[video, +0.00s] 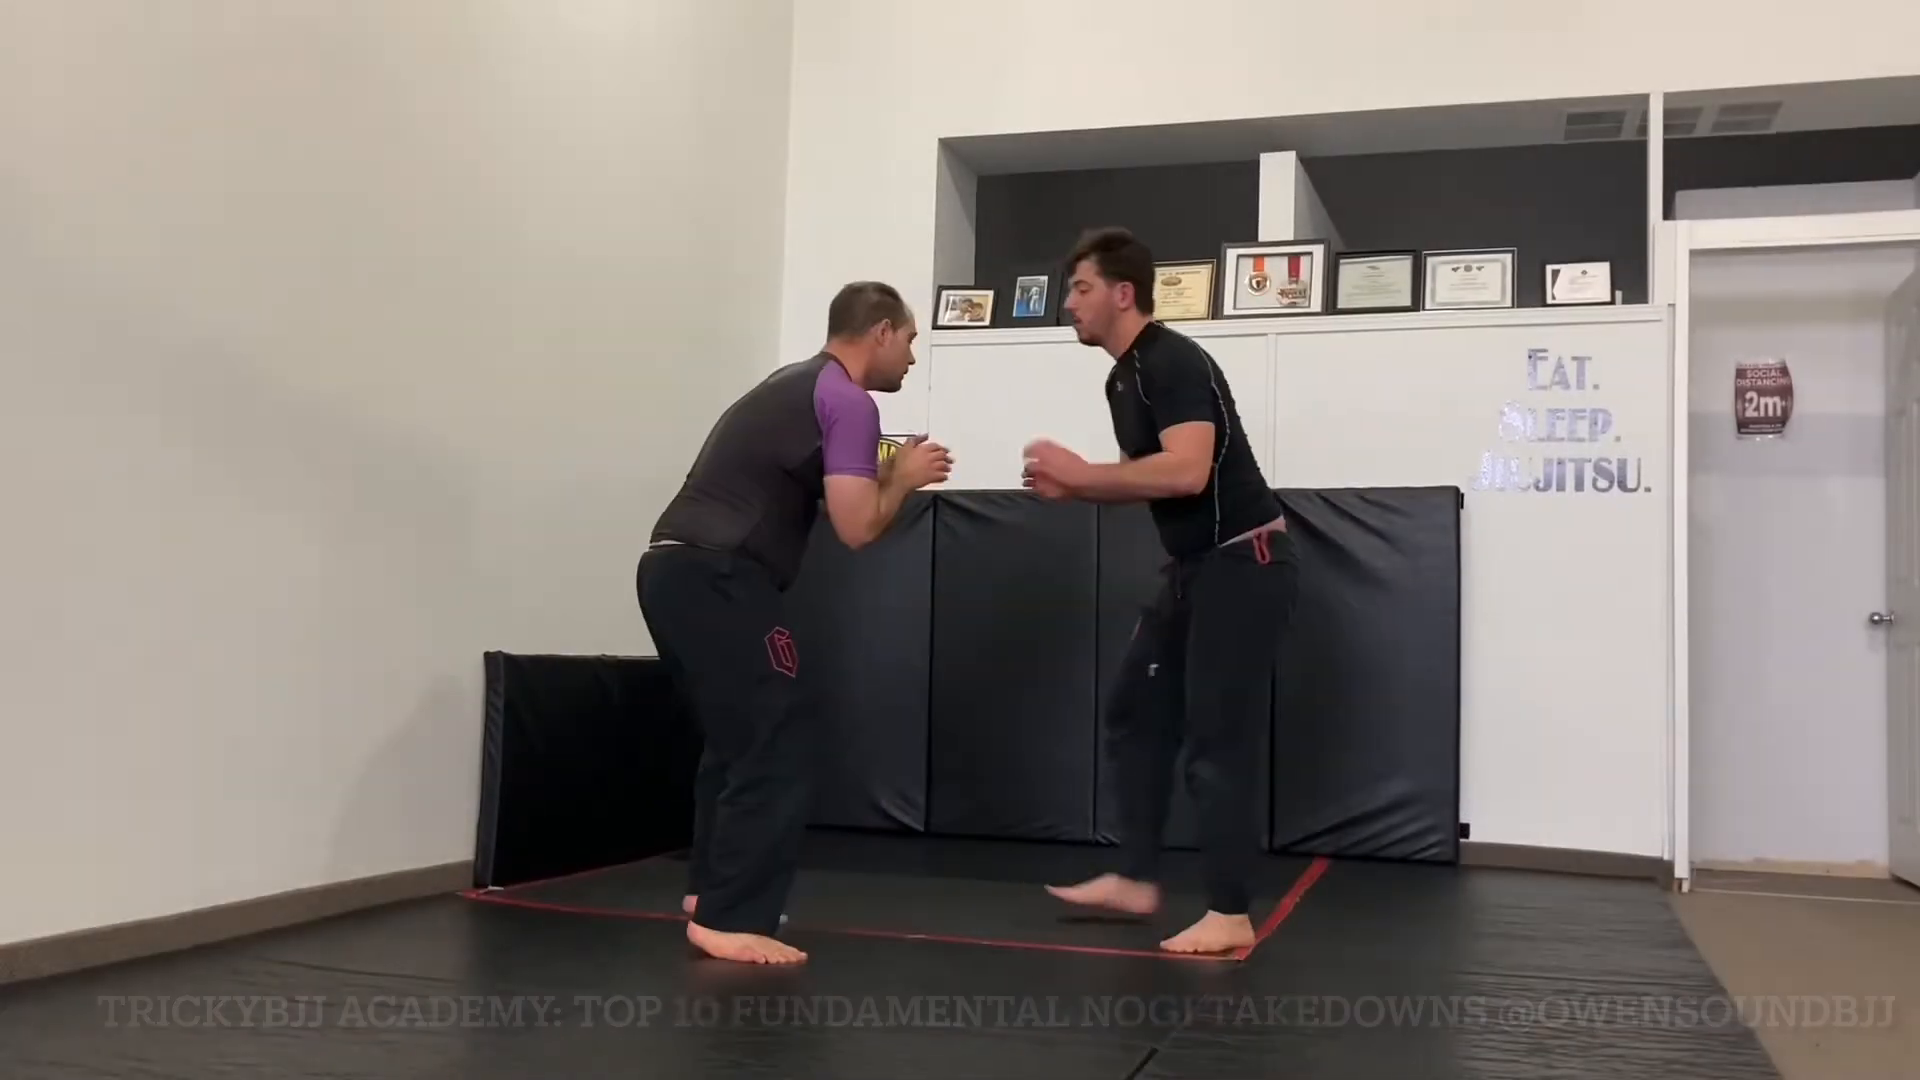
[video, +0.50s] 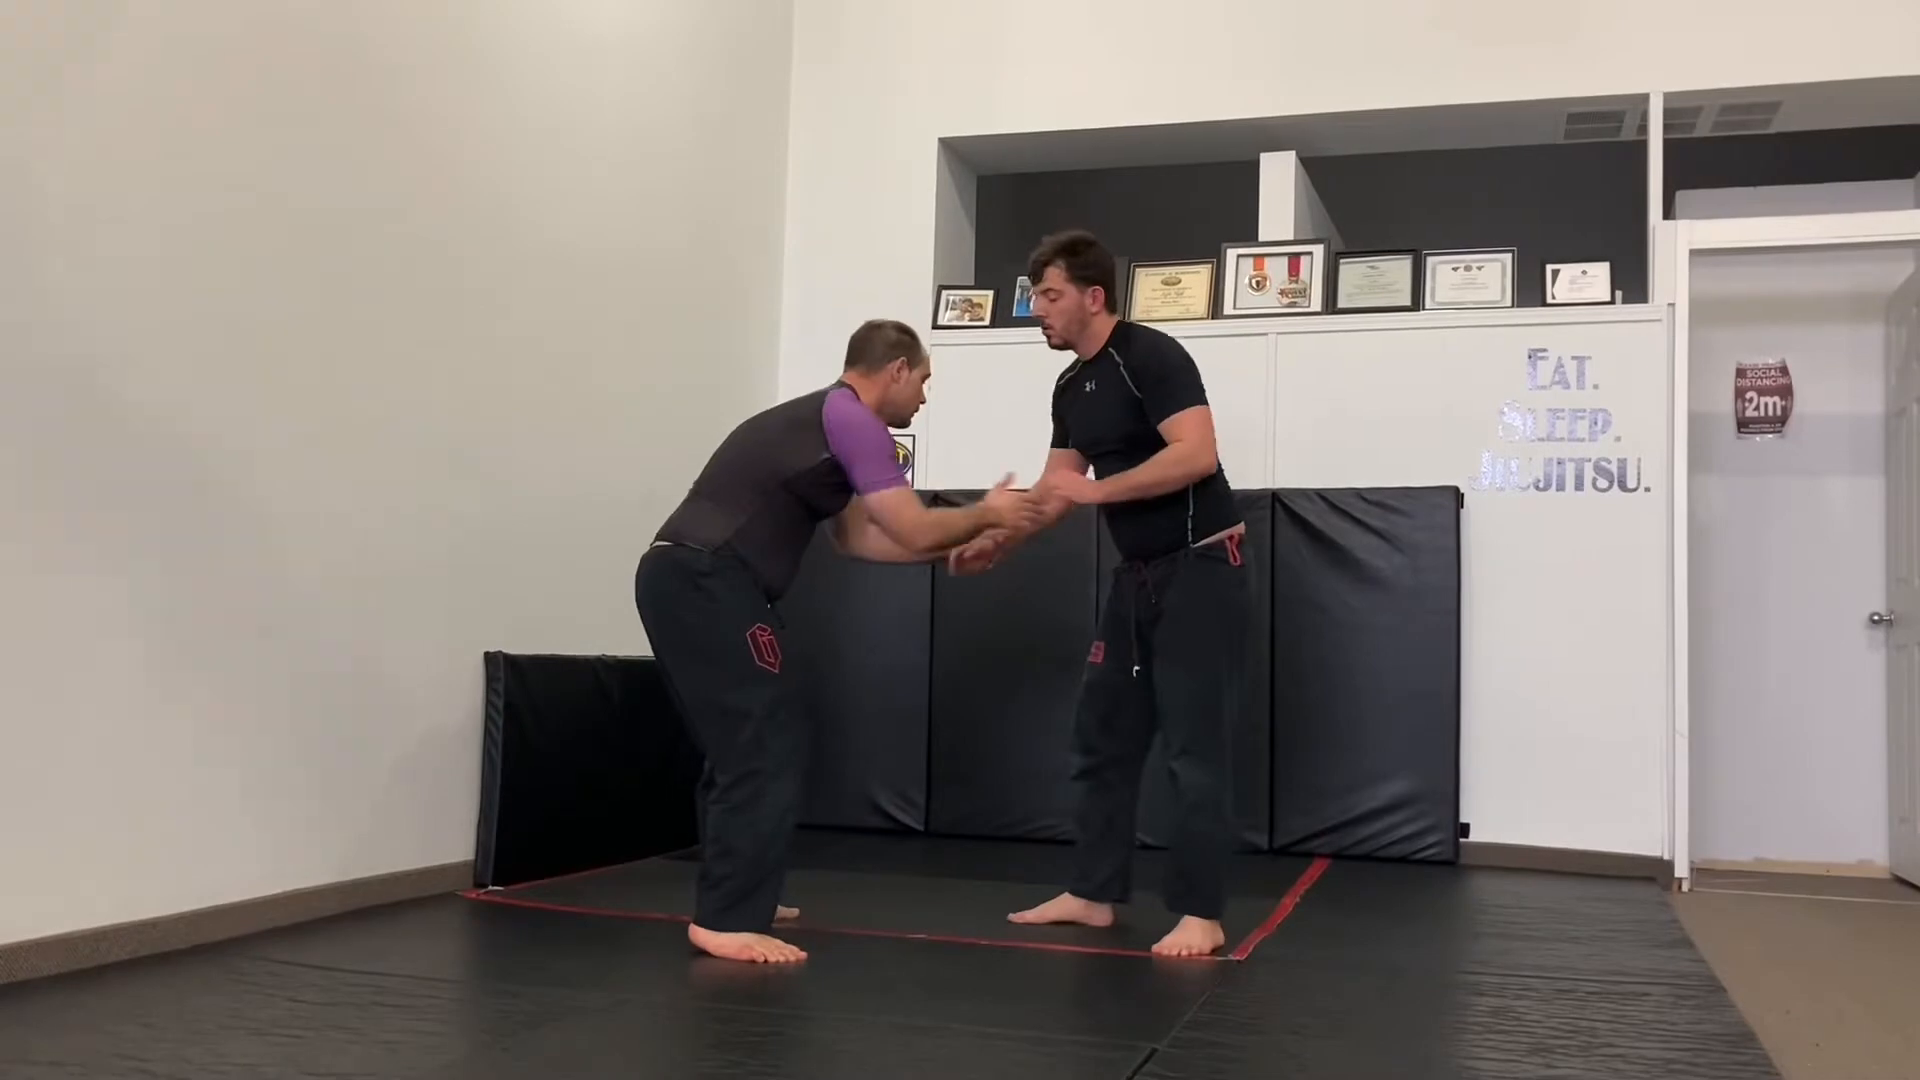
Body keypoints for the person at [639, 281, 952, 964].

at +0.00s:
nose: (913, 359)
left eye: (914, 344)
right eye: (911, 343)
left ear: (851, 332)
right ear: (883, 334)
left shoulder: (800, 382)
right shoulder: (845, 399)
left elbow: (827, 507)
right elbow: (859, 528)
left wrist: (888, 473)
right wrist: (904, 483)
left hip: (671, 569)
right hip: (715, 576)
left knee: (733, 736)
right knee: (773, 736)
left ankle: (712, 895)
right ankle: (735, 922)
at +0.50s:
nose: (922, 397)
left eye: (924, 384)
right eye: (921, 382)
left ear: (863, 371)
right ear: (895, 372)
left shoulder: (821, 417)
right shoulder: (853, 419)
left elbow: (860, 537)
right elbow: (916, 527)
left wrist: (953, 544)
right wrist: (987, 512)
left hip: (683, 575)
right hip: (706, 581)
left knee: (743, 742)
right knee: (766, 740)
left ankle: (739, 894)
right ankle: (726, 917)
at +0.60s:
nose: (922, 404)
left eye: (924, 390)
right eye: (920, 388)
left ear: (865, 381)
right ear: (892, 379)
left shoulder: (821, 432)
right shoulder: (859, 423)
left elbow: (849, 551)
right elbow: (949, 513)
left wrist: (941, 562)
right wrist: (1030, 503)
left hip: (683, 575)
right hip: (703, 580)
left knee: (743, 743)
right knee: (760, 743)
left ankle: (736, 896)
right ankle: (725, 917)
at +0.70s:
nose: (925, 412)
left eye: (926, 398)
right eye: (922, 396)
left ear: (867, 387)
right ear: (894, 386)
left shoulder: (821, 440)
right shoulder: (866, 426)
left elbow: (834, 556)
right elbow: (963, 502)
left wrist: (925, 570)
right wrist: (1048, 496)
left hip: (680, 576)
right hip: (705, 580)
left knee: (742, 740)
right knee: (771, 738)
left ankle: (734, 893)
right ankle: (730, 907)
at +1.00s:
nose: (965, 441)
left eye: (967, 427)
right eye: (965, 423)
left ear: (907, 404)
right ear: (941, 405)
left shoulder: (851, 444)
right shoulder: (908, 438)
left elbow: (826, 570)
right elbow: (963, 541)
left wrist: (912, 586)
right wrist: (1020, 516)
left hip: (703, 580)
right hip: (755, 586)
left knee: (751, 746)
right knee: (824, 742)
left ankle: (730, 891)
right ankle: (814, 908)